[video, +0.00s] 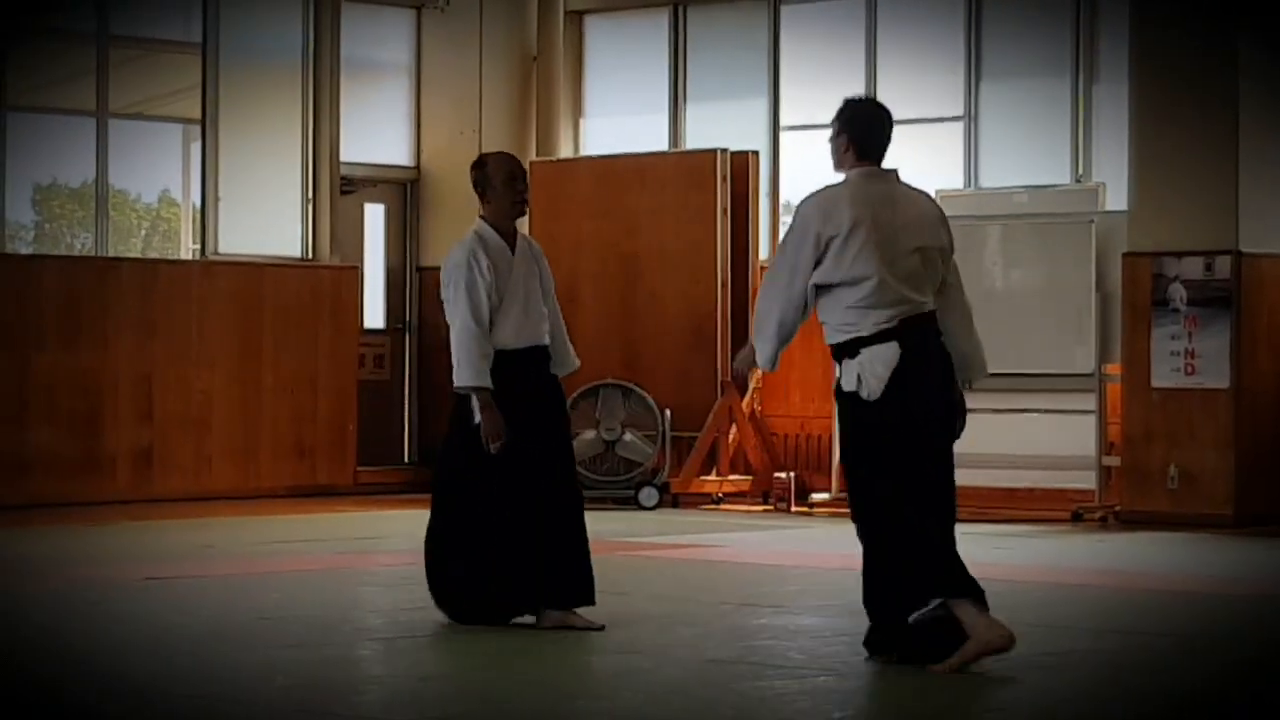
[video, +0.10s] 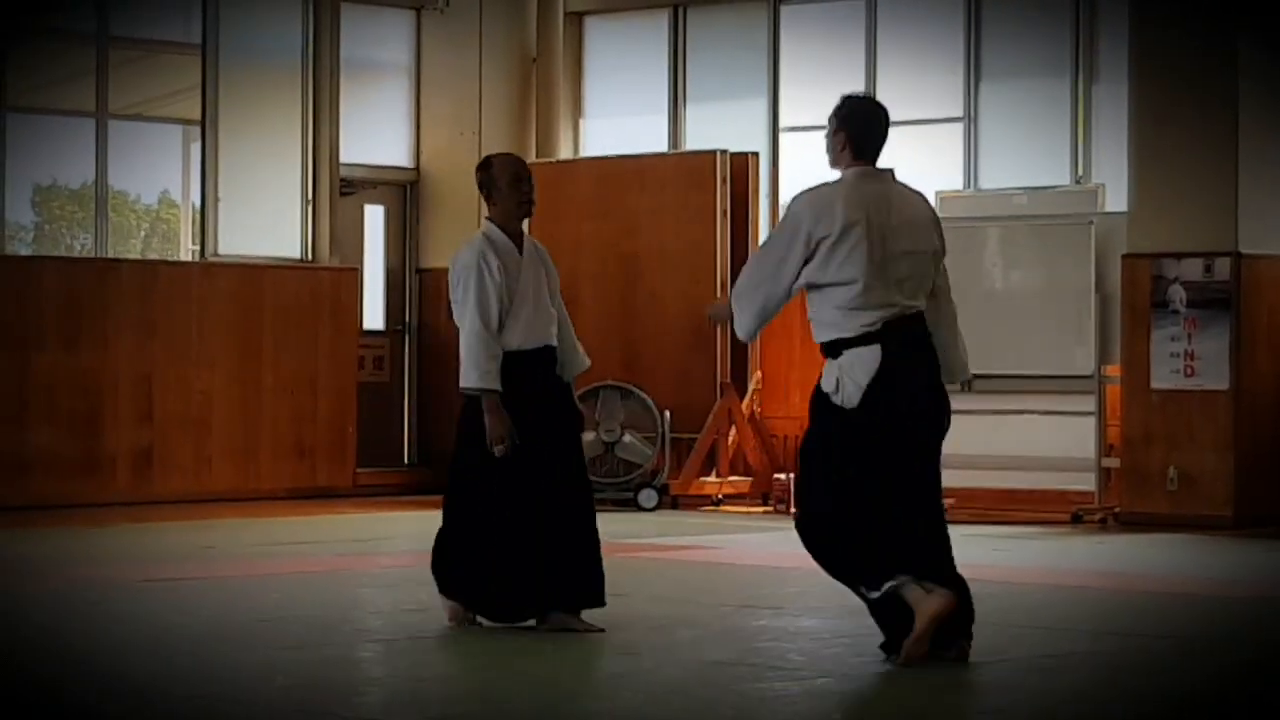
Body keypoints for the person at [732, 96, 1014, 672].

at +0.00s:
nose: (830, 147)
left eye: (833, 139)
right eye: (834, 138)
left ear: (844, 144)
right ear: (885, 145)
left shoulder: (823, 207)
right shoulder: (924, 205)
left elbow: (786, 294)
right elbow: (951, 298)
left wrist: (758, 352)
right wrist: (964, 375)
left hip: (870, 369)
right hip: (933, 361)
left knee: (879, 506)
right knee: (930, 498)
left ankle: (892, 635)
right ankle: (968, 610)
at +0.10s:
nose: (826, 143)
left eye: (829, 134)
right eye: (829, 134)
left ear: (841, 140)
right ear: (880, 144)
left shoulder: (818, 205)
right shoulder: (918, 206)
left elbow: (759, 290)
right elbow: (937, 296)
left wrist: (736, 310)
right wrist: (954, 368)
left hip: (861, 372)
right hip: (923, 367)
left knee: (818, 513)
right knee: (916, 499)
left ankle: (911, 600)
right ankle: (949, 631)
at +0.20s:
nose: (810, 144)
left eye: (813, 135)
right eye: (814, 135)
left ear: (826, 140)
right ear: (865, 144)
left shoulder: (805, 202)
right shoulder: (902, 206)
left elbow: (725, 256)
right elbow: (920, 299)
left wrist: (716, 231)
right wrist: (928, 371)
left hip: (841, 368)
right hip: (905, 366)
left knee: (767, 484)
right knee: (916, 494)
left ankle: (846, 594)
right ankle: (946, 623)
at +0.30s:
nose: (784, 153)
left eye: (786, 144)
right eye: (787, 143)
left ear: (797, 151)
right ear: (836, 153)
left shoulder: (780, 213)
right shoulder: (874, 215)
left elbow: (697, 204)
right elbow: (896, 306)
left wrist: (701, 156)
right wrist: (897, 370)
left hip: (815, 376)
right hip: (883, 372)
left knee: (719, 470)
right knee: (905, 495)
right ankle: (940, 620)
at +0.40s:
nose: (736, 161)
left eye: (739, 153)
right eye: (739, 154)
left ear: (750, 159)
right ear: (794, 162)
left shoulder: (736, 219)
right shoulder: (832, 217)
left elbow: (665, 168)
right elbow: (861, 307)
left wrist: (694, 101)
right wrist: (863, 373)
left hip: (778, 382)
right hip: (848, 378)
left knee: (696, 477)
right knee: (882, 498)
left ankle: (674, 601)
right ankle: (938, 619)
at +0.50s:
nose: (682, 164)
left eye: (685, 156)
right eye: (686, 156)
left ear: (694, 162)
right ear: (742, 162)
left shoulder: (686, 229)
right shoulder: (783, 215)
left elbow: (631, 181)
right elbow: (816, 303)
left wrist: (641, 103)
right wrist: (829, 368)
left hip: (734, 382)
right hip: (803, 373)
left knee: (662, 487)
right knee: (855, 495)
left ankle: (655, 614)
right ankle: (928, 599)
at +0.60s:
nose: (632, 161)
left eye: (634, 153)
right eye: (635, 152)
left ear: (645, 159)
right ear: (685, 157)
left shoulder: (636, 222)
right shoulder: (731, 207)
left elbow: (577, 206)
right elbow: (767, 293)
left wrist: (544, 150)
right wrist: (781, 365)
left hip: (686, 371)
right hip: (751, 361)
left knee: (659, 496)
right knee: (789, 490)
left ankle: (656, 616)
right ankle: (872, 578)